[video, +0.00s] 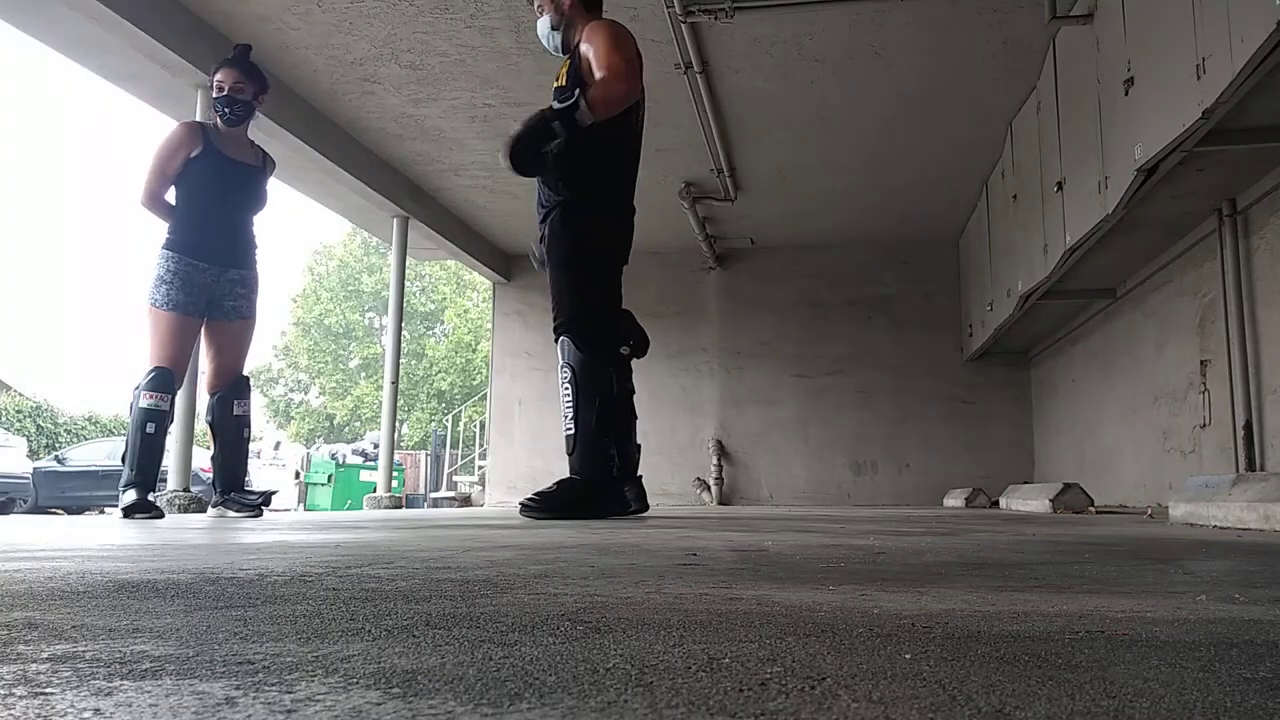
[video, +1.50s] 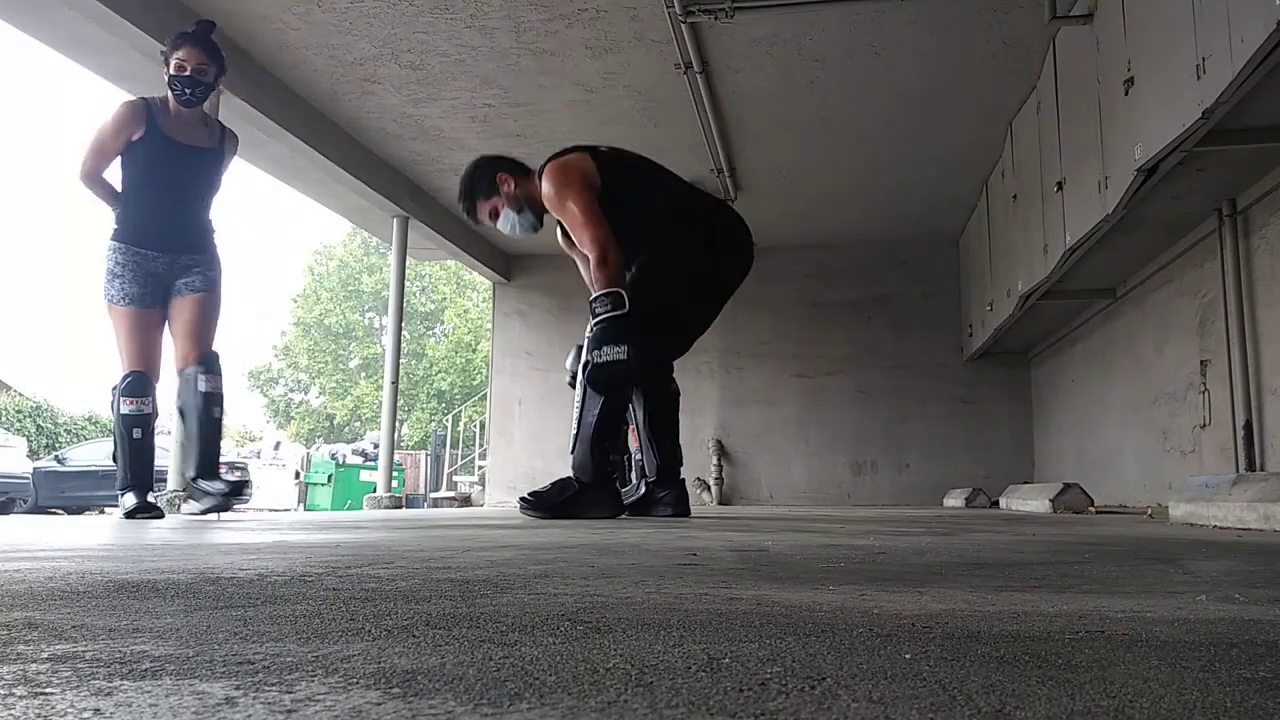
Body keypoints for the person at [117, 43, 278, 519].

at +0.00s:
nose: (227, 97)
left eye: (239, 90)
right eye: (220, 89)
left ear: (258, 99)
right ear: (211, 93)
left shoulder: (264, 161)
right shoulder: (190, 134)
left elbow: (247, 213)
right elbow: (151, 196)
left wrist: (223, 231)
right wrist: (190, 226)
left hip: (239, 275)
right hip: (184, 265)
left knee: (227, 383)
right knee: (164, 375)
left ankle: (229, 488)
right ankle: (138, 489)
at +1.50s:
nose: (188, 77)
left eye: (200, 70)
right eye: (180, 66)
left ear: (216, 79)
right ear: (166, 69)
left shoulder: (226, 141)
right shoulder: (137, 113)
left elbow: (204, 197)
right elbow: (90, 172)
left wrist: (188, 223)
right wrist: (128, 210)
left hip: (196, 258)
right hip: (135, 255)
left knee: (200, 366)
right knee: (139, 378)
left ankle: (205, 479)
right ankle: (137, 492)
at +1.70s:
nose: (184, 69)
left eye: (197, 62)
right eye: (176, 58)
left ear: (215, 71)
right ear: (163, 60)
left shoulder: (226, 135)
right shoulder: (130, 106)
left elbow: (229, 201)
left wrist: (247, 251)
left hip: (194, 256)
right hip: (128, 252)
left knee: (173, 362)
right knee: (133, 376)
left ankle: (163, 482)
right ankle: (133, 489)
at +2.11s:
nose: (160, 32)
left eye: (175, 24)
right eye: (152, 20)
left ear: (198, 34)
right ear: (142, 23)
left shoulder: (214, 94)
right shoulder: (114, 82)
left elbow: (228, 176)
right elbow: (86, 151)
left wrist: (201, 195)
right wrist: (66, 155)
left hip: (178, 233)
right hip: (114, 228)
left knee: (166, 359)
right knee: (79, 359)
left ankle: (150, 490)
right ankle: (121, 465)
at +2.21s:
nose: (149, 19)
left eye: (164, 12)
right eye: (142, 10)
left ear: (188, 23)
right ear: (132, 17)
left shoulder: (204, 84)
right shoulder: (107, 76)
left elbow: (221, 160)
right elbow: (87, 151)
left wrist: (191, 168)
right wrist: (80, 136)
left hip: (171, 224)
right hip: (108, 221)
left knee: (161, 354)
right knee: (62, 347)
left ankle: (150, 487)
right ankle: (81, 475)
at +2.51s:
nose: (108, 10)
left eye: (121, 4)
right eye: (100, 3)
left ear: (138, 9)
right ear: (83, 6)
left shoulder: (158, 67)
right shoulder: (47, 54)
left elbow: (195, 149)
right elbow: (14, 135)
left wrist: (160, 147)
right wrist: (34, 108)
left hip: (133, 216)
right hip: (59, 211)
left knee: (133, 354)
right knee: (17, 346)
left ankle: (146, 489)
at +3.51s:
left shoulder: (151, 31)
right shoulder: (29, 5)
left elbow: (147, 132)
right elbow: (1, 52)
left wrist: (157, 115)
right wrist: (26, 71)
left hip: (101, 176)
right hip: (20, 158)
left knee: (84, 337)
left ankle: (63, 484)